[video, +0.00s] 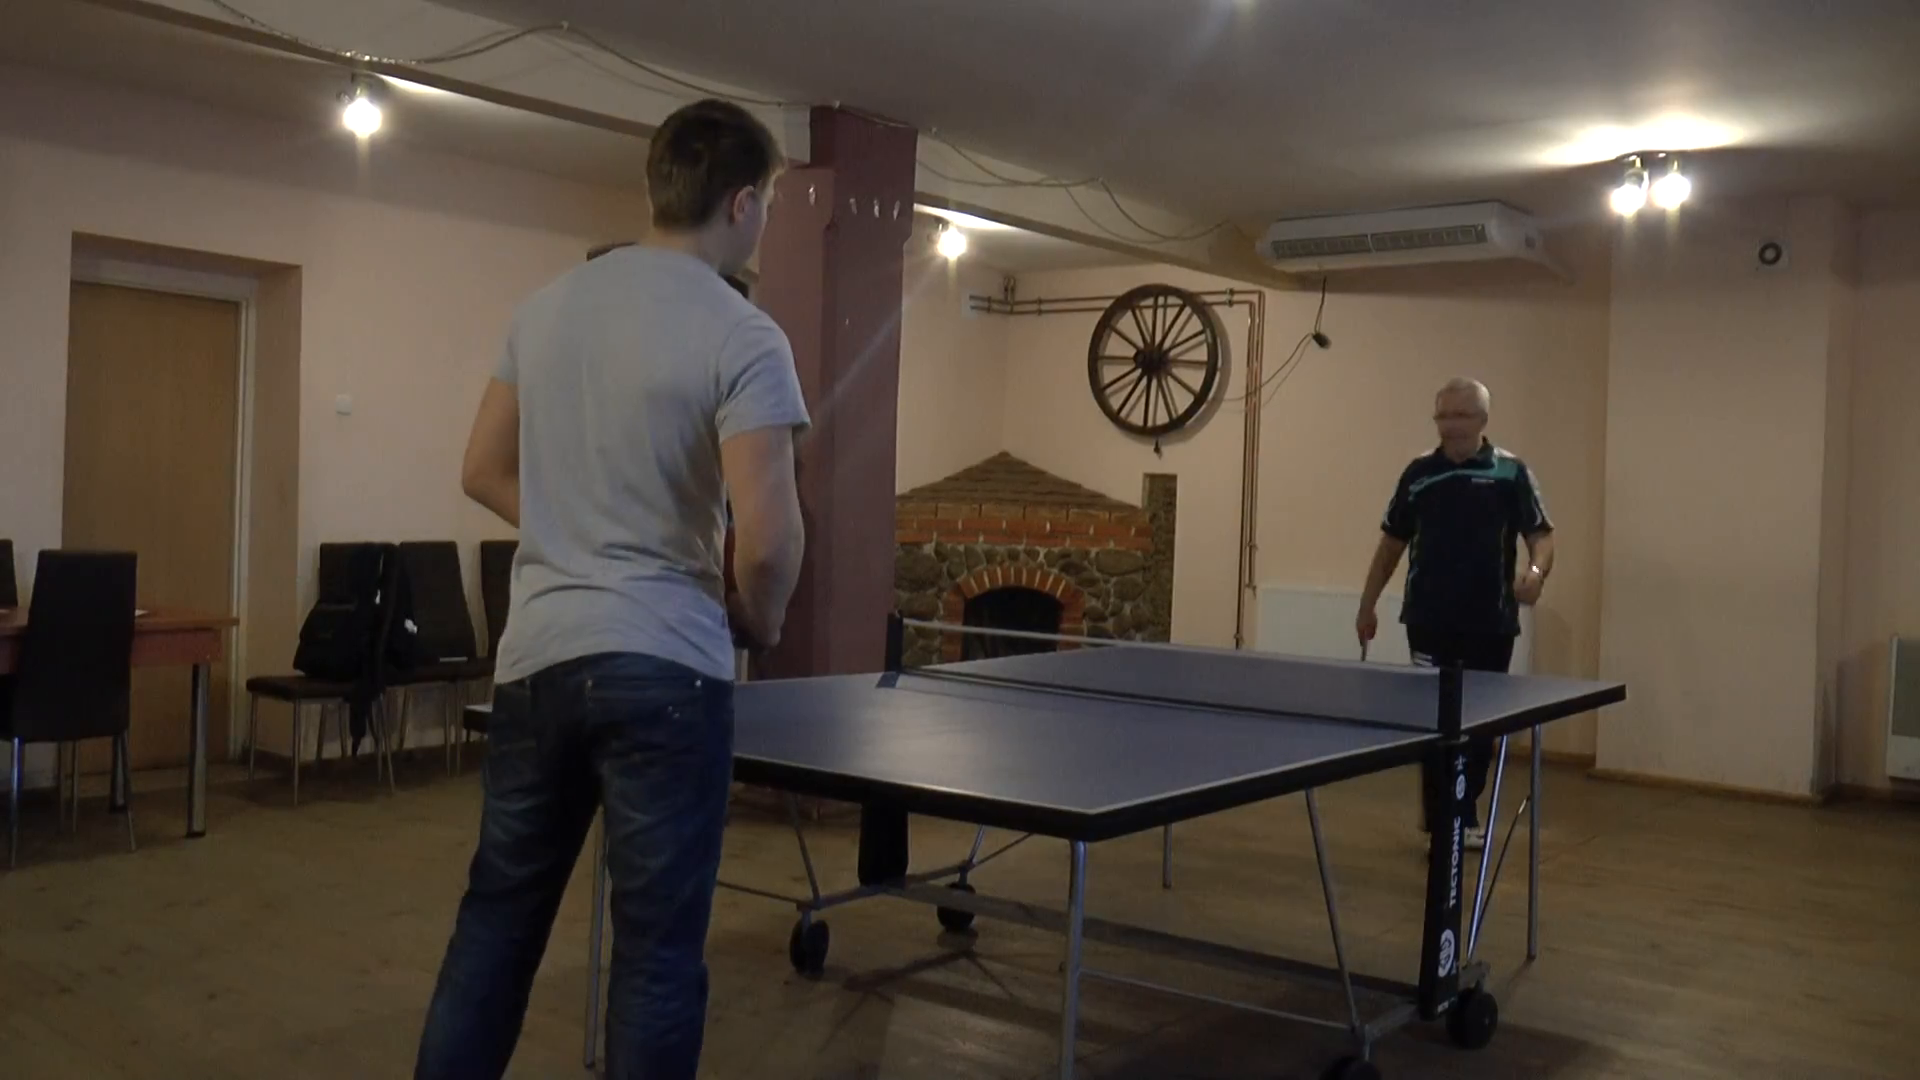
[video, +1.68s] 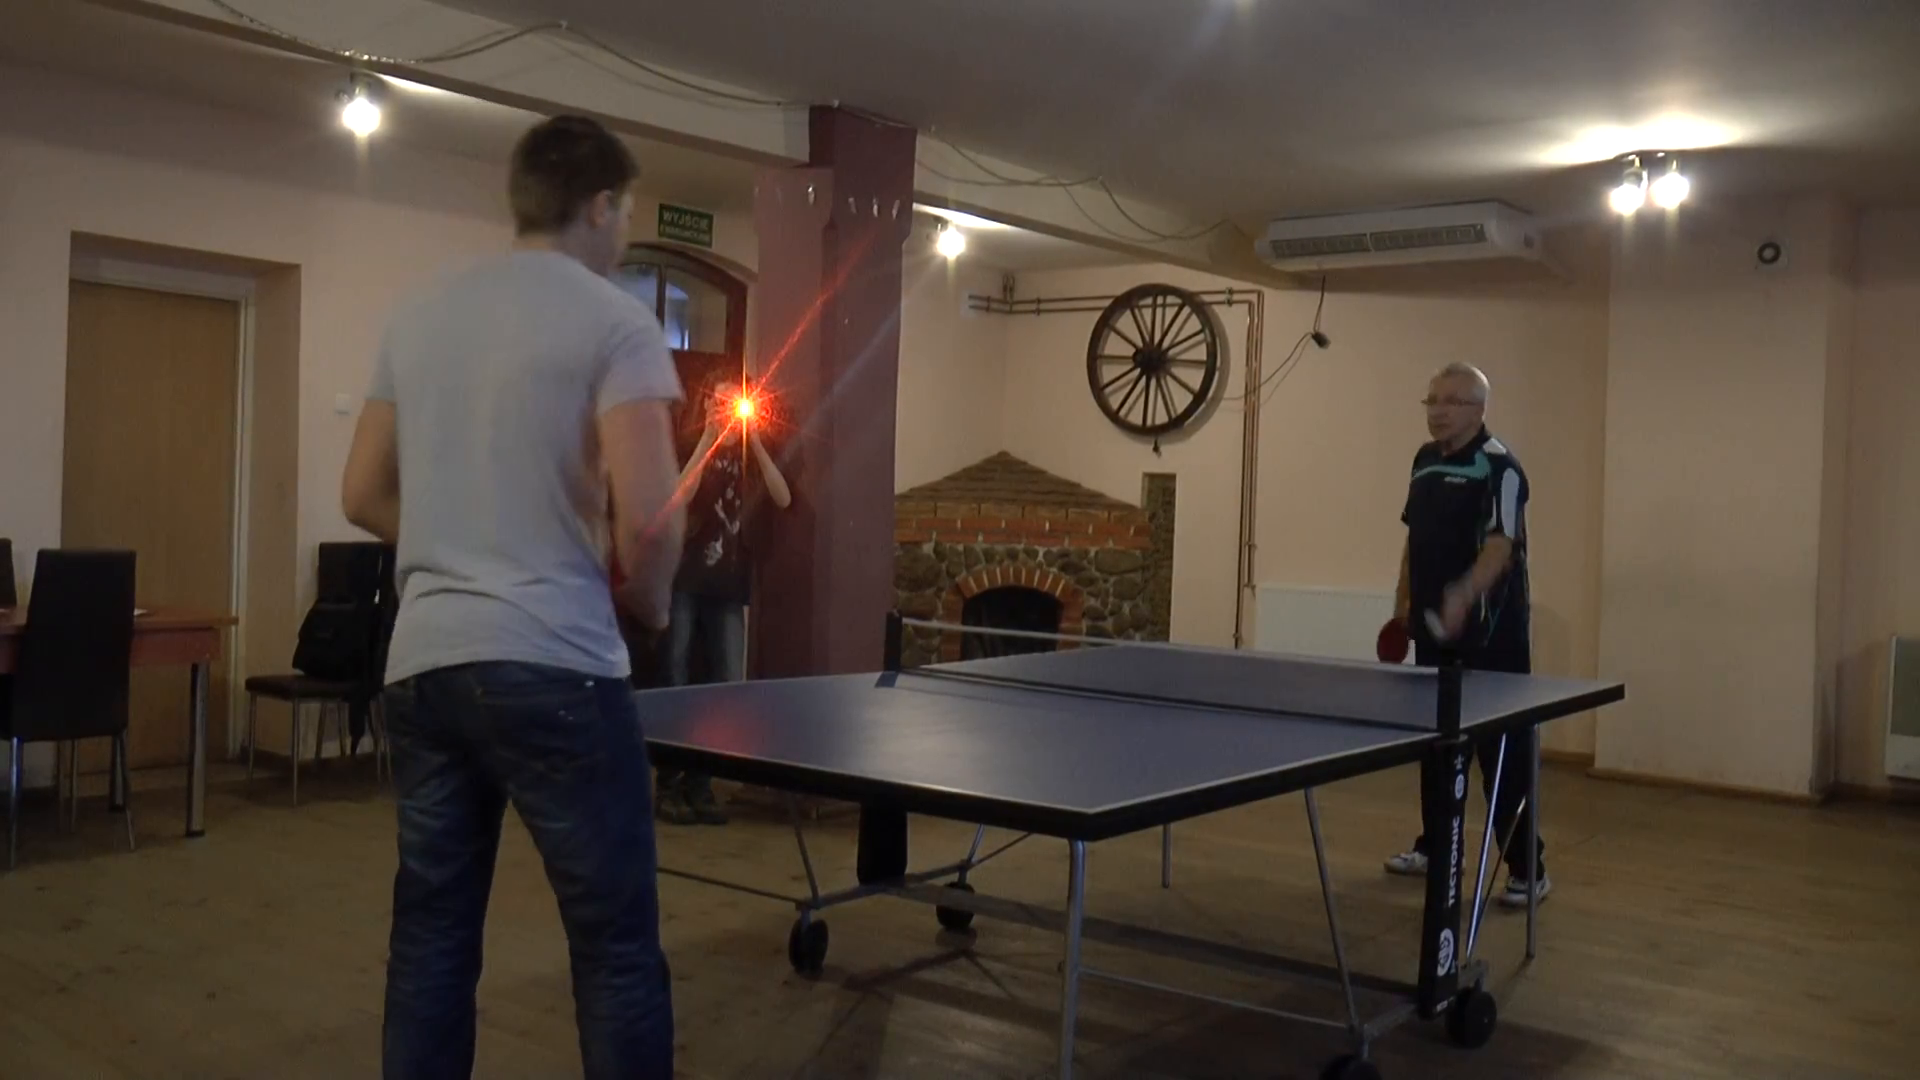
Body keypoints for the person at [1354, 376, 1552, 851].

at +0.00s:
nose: (1450, 425)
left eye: (1461, 417)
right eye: (1443, 417)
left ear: (1484, 421)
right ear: (1435, 419)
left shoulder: (1510, 473)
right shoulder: (1418, 475)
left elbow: (1540, 534)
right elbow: (1391, 543)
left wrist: (1537, 571)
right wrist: (1367, 604)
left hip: (1489, 624)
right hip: (1430, 621)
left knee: (1482, 729)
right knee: (1433, 726)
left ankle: (1465, 816)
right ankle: (1436, 825)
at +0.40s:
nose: (1458, 428)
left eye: (1468, 418)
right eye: (1450, 420)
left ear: (1495, 417)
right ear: (1445, 422)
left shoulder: (1531, 470)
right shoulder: (1441, 478)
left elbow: (1561, 548)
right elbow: (1428, 559)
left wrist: (1555, 613)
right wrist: (1420, 625)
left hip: (1518, 633)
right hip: (1456, 633)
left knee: (1520, 739)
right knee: (1462, 742)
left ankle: (1513, 831)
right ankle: (1472, 841)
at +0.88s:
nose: (1473, 419)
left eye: (1485, 409)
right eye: (1469, 408)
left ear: (1518, 413)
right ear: (1467, 410)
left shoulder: (1548, 472)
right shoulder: (1462, 469)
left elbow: (1580, 554)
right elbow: (1429, 531)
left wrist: (1594, 633)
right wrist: (1398, 567)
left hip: (1524, 646)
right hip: (1466, 641)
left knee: (1520, 755)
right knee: (1469, 748)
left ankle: (1536, 871)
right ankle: (1476, 843)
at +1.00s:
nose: (1470, 416)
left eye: (1482, 408)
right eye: (1468, 407)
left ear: (1517, 411)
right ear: (1471, 410)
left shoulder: (1549, 471)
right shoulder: (1468, 465)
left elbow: (1563, 564)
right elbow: (1432, 516)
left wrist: (1535, 633)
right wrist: (1398, 540)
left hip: (1520, 640)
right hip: (1465, 632)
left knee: (1517, 754)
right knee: (1461, 746)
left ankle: (1537, 871)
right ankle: (1469, 843)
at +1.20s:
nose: (1466, 405)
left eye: (1480, 398)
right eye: (1465, 396)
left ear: (1512, 411)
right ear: (1468, 402)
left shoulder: (1530, 471)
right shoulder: (1471, 460)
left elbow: (1526, 562)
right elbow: (1451, 512)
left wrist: (1458, 608)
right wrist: (1401, 518)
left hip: (1517, 642)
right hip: (1471, 632)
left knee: (1514, 759)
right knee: (1451, 741)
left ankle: (1539, 873)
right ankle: (1436, 842)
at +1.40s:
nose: (1455, 411)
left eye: (1469, 404)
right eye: (1451, 401)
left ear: (1500, 413)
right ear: (1447, 405)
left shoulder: (1518, 472)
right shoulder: (1451, 464)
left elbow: (1523, 565)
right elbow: (1442, 542)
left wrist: (1468, 627)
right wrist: (1404, 586)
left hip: (1506, 645)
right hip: (1454, 637)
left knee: (1510, 760)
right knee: (1445, 747)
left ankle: (1537, 871)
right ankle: (1437, 846)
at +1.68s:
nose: (1437, 411)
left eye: (1451, 403)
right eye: (1433, 401)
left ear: (1478, 410)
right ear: (1428, 406)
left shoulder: (1500, 468)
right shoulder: (1426, 460)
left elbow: (1502, 547)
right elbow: (1416, 540)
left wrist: (1463, 595)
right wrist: (1403, 609)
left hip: (1494, 635)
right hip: (1437, 628)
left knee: (1504, 752)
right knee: (1436, 742)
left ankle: (1527, 867)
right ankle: (1435, 844)